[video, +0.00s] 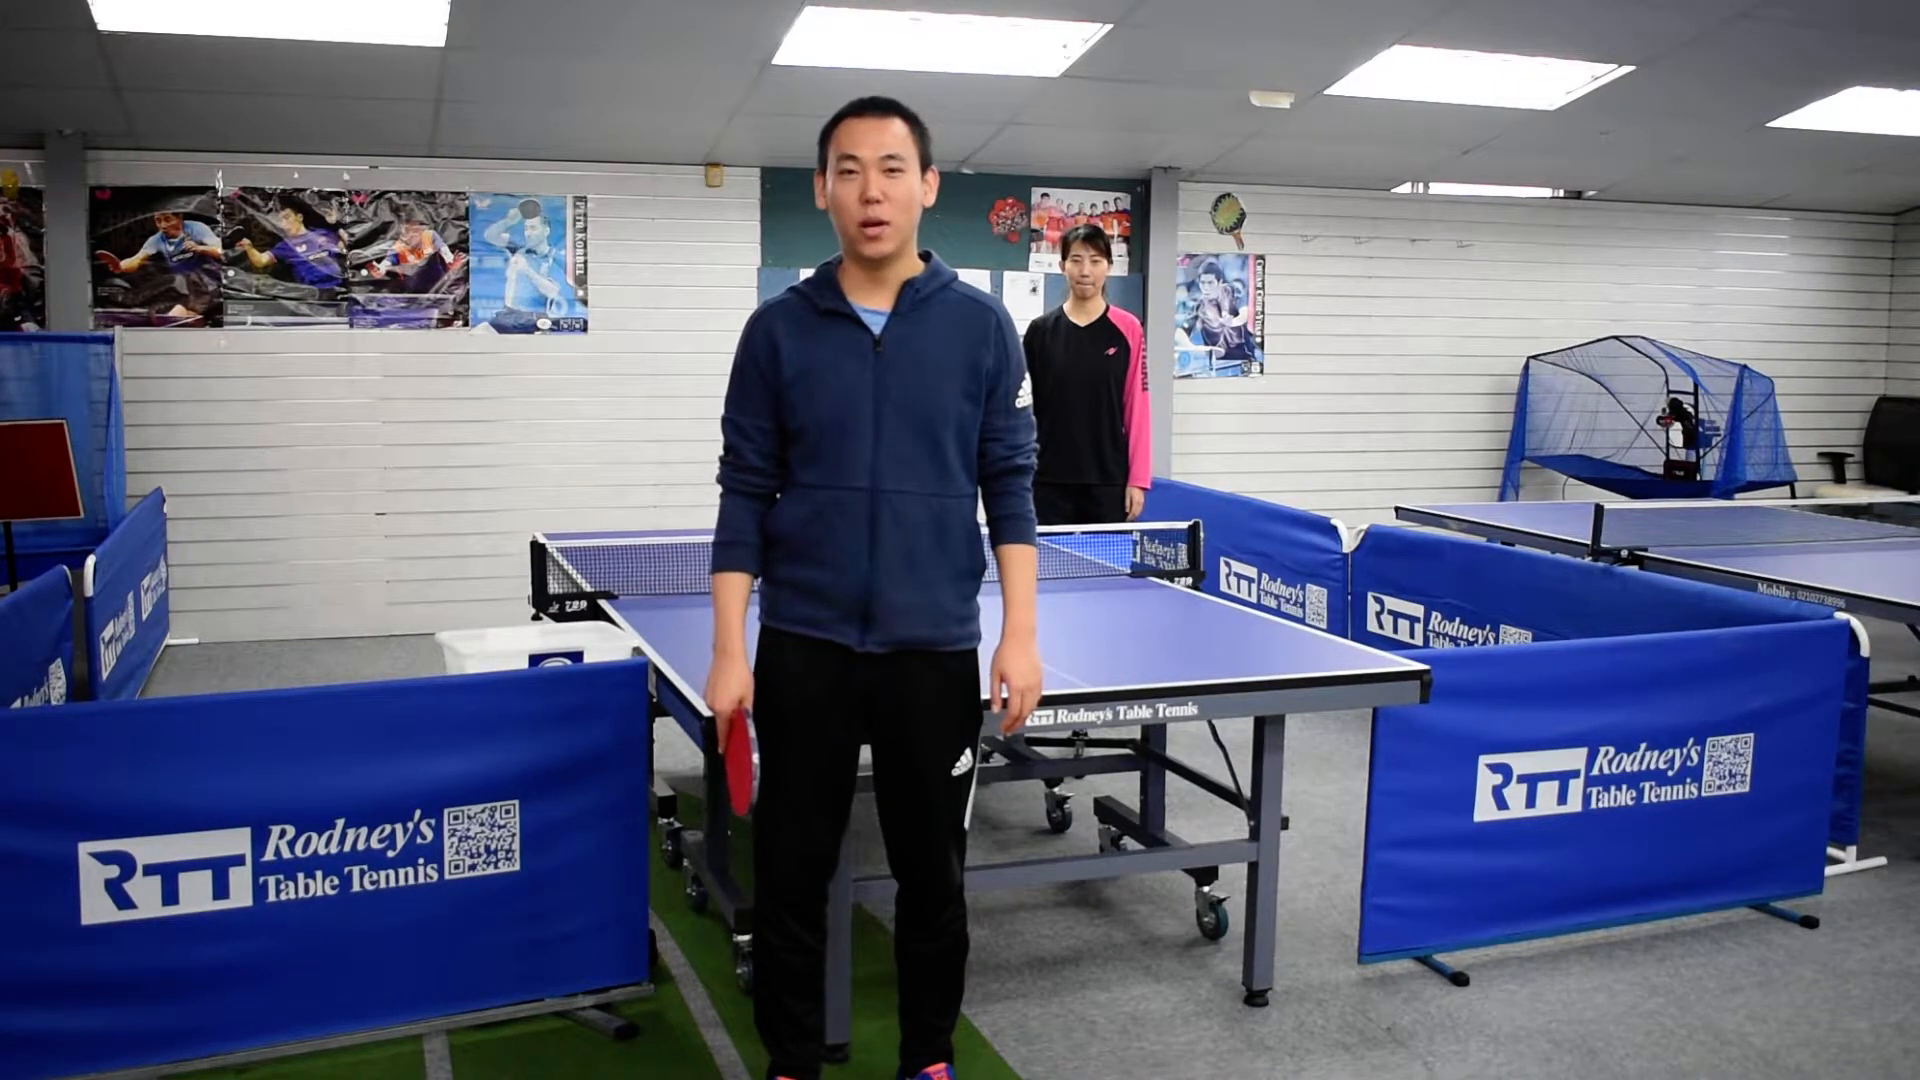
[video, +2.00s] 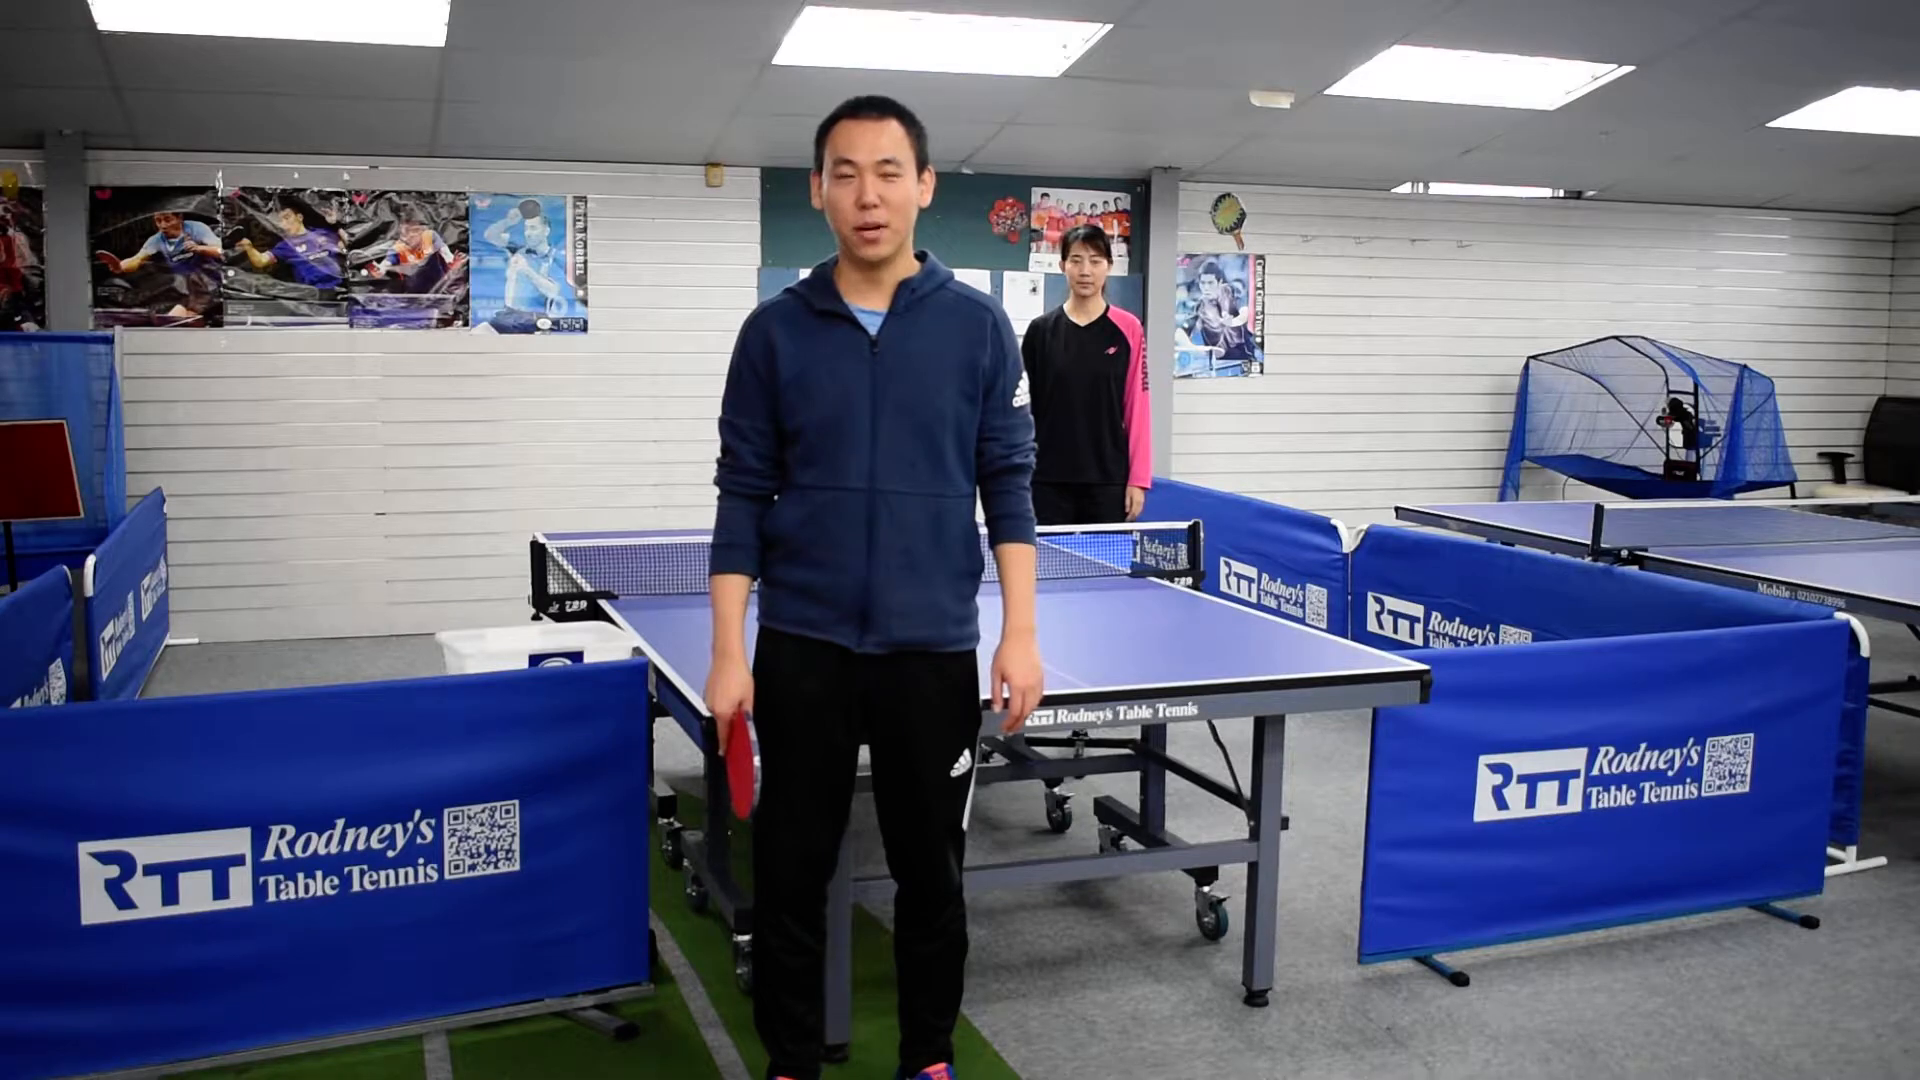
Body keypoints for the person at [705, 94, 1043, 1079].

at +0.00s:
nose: (870, 189)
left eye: (892, 169)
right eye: (849, 170)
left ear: (927, 190)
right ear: (824, 193)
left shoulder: (980, 327)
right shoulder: (778, 329)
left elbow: (1011, 486)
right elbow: (742, 490)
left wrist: (1021, 633)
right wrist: (729, 649)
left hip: (933, 645)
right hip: (805, 643)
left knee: (931, 875)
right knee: (790, 875)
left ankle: (929, 1061)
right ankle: (791, 1062)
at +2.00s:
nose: (867, 193)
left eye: (888, 172)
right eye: (846, 174)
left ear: (923, 189)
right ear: (820, 194)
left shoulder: (977, 326)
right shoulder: (775, 330)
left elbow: (1009, 483)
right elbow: (740, 491)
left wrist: (1020, 632)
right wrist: (728, 651)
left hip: (931, 644)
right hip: (804, 642)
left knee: (930, 871)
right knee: (789, 874)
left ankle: (929, 1061)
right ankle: (791, 1061)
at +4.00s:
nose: (870, 185)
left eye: (892, 166)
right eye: (848, 167)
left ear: (926, 187)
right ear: (822, 190)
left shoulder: (979, 326)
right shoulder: (777, 330)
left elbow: (1012, 482)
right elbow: (743, 492)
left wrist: (1023, 631)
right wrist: (732, 653)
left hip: (934, 645)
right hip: (806, 644)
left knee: (932, 875)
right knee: (791, 877)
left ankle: (930, 1060)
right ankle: (791, 1062)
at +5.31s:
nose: (864, 195)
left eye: (884, 173)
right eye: (842, 176)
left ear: (919, 187)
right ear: (814, 194)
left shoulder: (976, 323)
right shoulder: (777, 328)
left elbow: (1010, 478)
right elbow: (736, 467)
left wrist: (1025, 628)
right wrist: (682, 539)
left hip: (936, 640)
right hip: (808, 636)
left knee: (931, 869)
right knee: (793, 867)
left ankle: (928, 1058)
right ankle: (792, 1062)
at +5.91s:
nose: (869, 183)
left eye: (891, 164)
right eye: (848, 166)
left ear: (927, 186)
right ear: (823, 191)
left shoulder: (981, 326)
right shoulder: (781, 326)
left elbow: (1010, 482)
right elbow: (731, 462)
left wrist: (1017, 631)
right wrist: (711, 554)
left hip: (935, 641)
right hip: (807, 637)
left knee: (933, 872)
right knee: (793, 870)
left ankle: (930, 1060)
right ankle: (790, 1062)